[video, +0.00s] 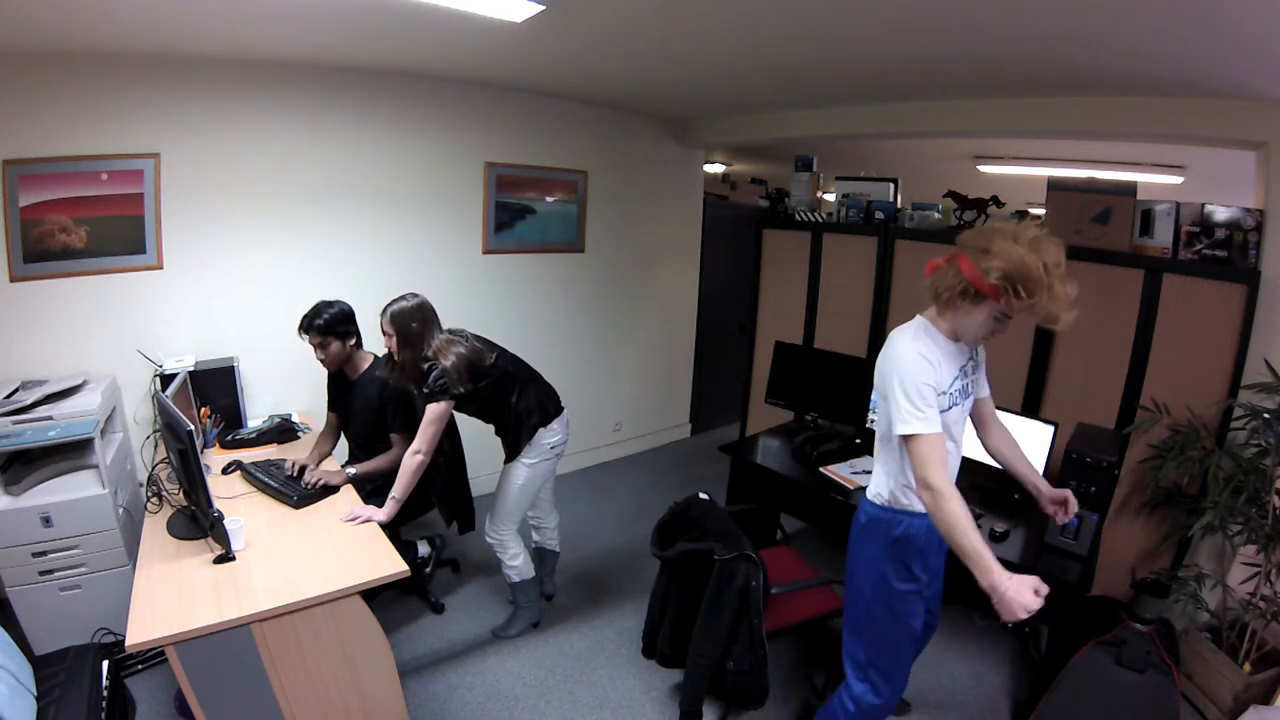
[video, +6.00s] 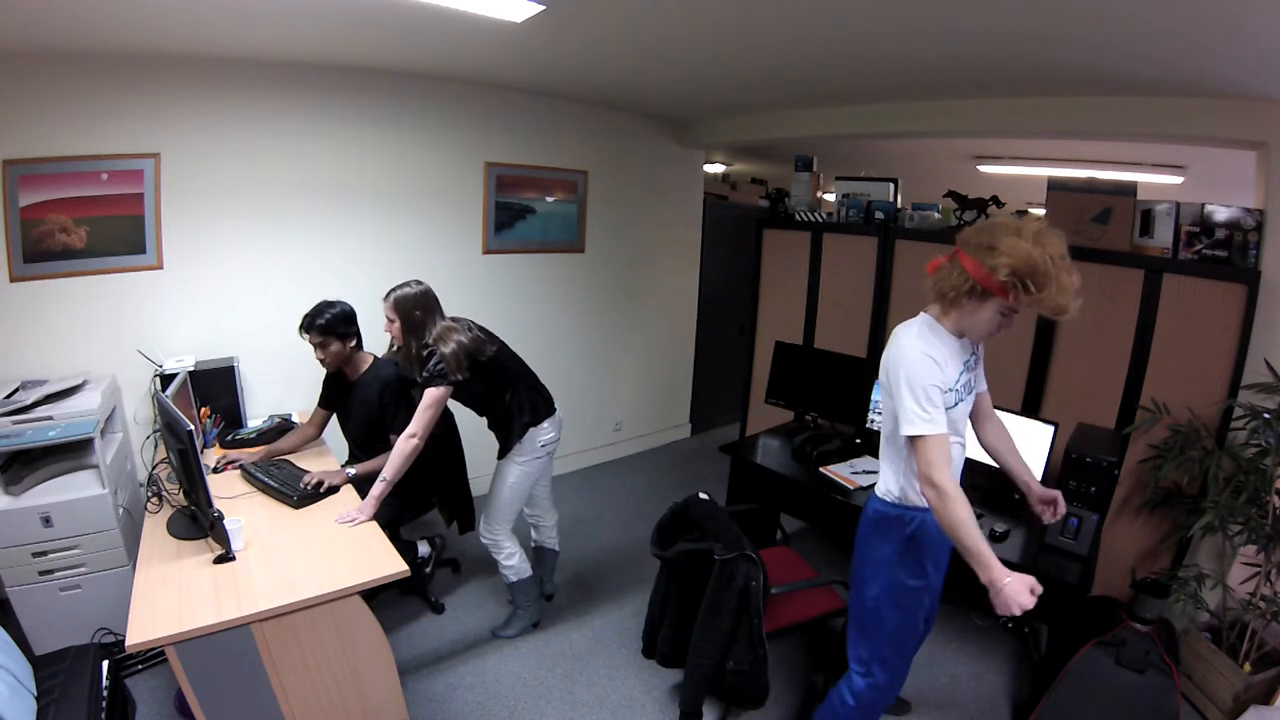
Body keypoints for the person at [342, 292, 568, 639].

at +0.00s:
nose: (386, 343)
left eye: (389, 336)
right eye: (384, 335)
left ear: (411, 336)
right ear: (421, 329)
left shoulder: (443, 370)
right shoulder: (451, 340)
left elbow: (420, 452)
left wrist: (388, 509)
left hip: (538, 433)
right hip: (547, 420)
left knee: (500, 530)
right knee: (541, 508)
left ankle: (528, 607)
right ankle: (546, 581)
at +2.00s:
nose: (390, 327)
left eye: (397, 321)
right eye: (393, 319)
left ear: (420, 328)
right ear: (429, 326)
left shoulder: (444, 368)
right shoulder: (452, 342)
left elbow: (420, 451)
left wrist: (388, 509)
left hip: (537, 432)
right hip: (546, 419)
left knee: (501, 529)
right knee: (541, 506)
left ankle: (527, 609)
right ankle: (545, 581)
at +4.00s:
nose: (390, 323)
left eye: (394, 315)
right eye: (389, 315)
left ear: (419, 312)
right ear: (426, 310)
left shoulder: (447, 348)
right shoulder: (458, 321)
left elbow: (412, 434)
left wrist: (369, 496)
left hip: (525, 431)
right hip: (538, 420)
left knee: (494, 529)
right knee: (538, 507)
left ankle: (527, 607)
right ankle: (545, 580)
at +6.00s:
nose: (386, 329)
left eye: (390, 321)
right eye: (386, 320)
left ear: (413, 319)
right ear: (422, 315)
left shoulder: (444, 355)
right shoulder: (455, 328)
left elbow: (414, 437)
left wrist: (372, 500)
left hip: (529, 432)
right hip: (542, 419)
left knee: (494, 529)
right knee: (540, 507)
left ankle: (527, 607)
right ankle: (545, 582)